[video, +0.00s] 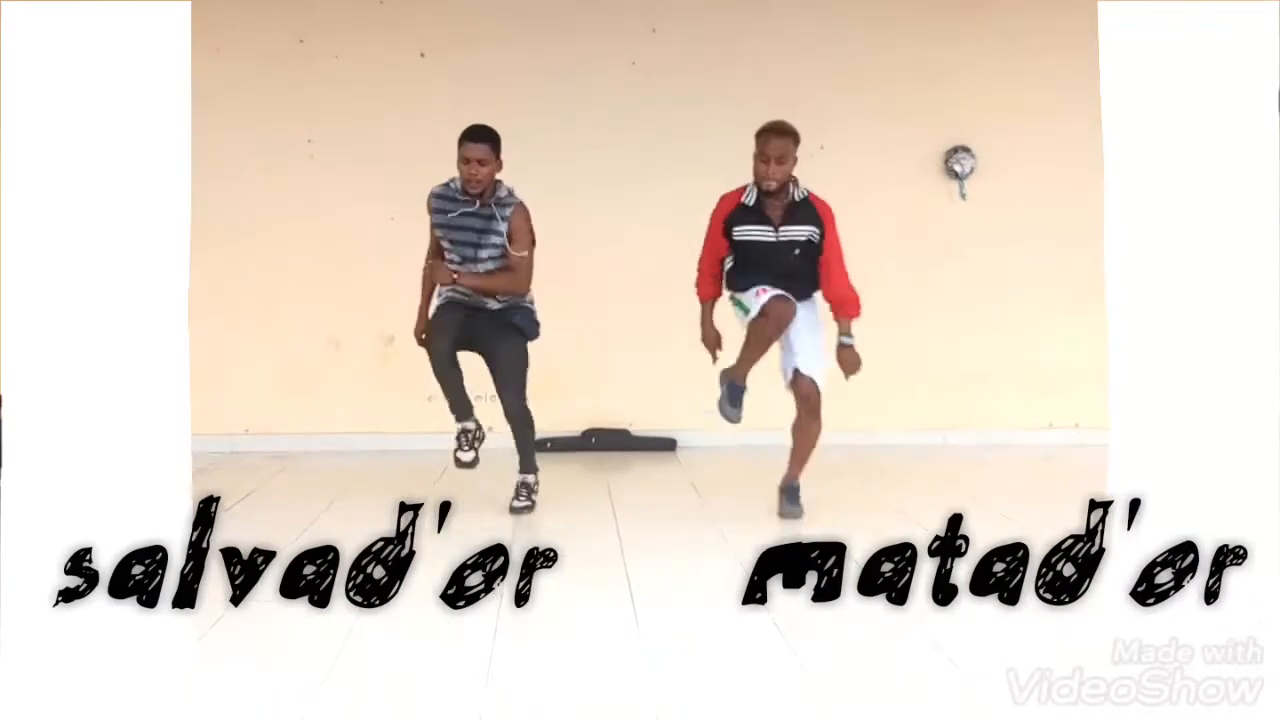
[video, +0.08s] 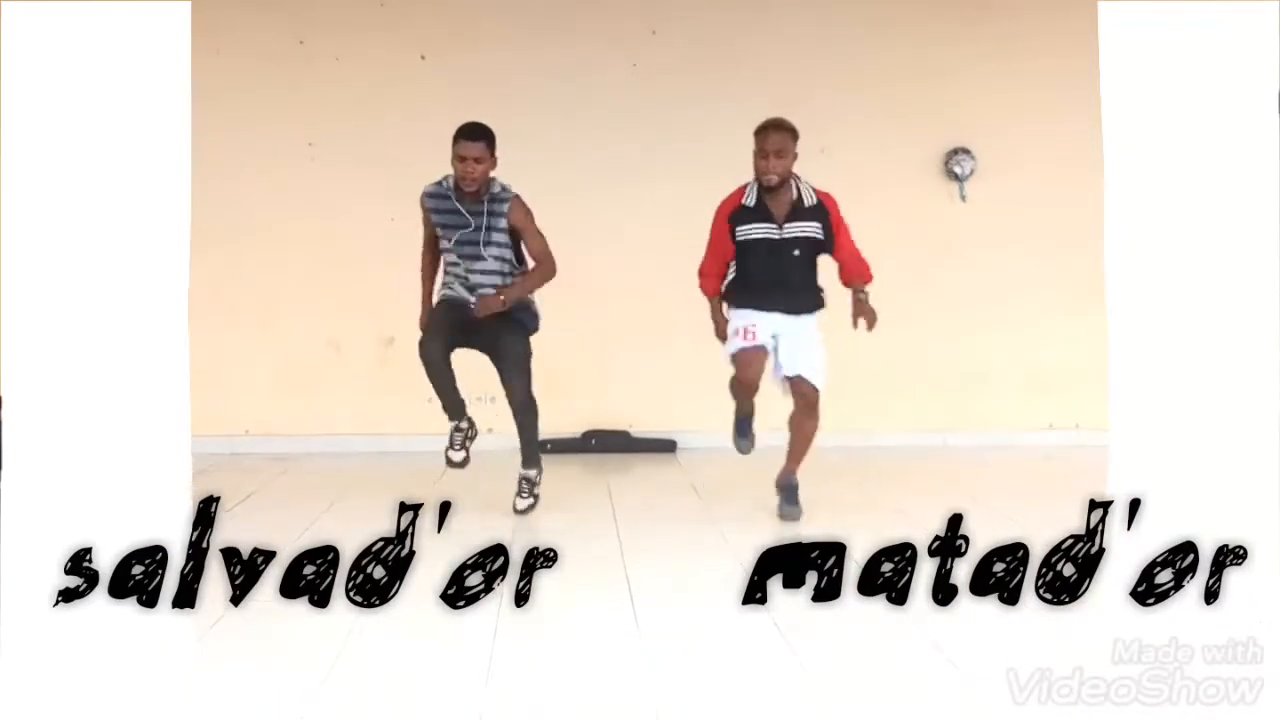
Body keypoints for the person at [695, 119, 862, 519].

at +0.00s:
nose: (770, 171)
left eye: (780, 163)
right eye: (763, 160)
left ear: (794, 164)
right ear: (753, 159)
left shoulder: (816, 211)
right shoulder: (731, 207)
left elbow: (834, 273)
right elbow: (711, 261)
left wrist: (846, 336)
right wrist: (706, 319)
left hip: (803, 300)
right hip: (750, 290)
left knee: (809, 393)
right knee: (781, 309)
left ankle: (791, 482)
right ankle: (737, 377)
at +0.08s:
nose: (769, 163)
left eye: (778, 155)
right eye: (762, 154)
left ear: (794, 157)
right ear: (753, 155)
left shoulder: (820, 205)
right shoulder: (735, 207)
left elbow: (846, 251)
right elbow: (714, 262)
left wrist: (860, 293)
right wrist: (716, 308)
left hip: (801, 313)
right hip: (750, 309)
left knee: (808, 396)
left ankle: (789, 477)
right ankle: (744, 414)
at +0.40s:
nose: (788, 170)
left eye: (798, 163)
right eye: (781, 161)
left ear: (812, 165)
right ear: (771, 162)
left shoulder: (828, 216)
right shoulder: (743, 208)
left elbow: (843, 279)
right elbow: (717, 249)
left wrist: (848, 345)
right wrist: (714, 293)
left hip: (809, 318)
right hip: (758, 317)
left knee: (813, 409)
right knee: (793, 379)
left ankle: (793, 504)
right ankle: (760, 422)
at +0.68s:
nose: (819, 163)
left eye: (829, 155)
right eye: (813, 154)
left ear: (847, 161)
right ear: (804, 156)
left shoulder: (867, 216)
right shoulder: (774, 195)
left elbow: (874, 269)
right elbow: (747, 241)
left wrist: (841, 308)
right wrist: (721, 281)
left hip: (806, 330)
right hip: (750, 320)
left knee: (807, 422)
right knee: (729, 406)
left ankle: (796, 515)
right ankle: (724, 452)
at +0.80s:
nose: (798, 175)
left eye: (808, 169)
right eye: (793, 166)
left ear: (827, 174)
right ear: (785, 167)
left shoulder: (842, 228)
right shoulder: (768, 198)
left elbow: (831, 283)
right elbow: (725, 191)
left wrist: (784, 250)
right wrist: (683, 157)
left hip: (803, 329)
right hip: (756, 314)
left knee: (799, 426)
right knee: (699, 387)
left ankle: (797, 519)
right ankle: (701, 355)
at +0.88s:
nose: (791, 180)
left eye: (802, 172)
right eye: (786, 171)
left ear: (820, 175)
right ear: (778, 173)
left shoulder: (833, 221)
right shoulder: (766, 196)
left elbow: (803, 274)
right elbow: (716, 185)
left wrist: (761, 239)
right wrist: (682, 144)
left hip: (807, 332)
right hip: (760, 318)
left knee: (796, 425)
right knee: (697, 368)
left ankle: (793, 520)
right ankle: (695, 411)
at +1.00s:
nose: (795, 164)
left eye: (805, 156)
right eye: (787, 156)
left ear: (820, 162)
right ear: (777, 161)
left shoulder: (835, 224)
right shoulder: (757, 200)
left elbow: (828, 289)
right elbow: (731, 247)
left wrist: (817, 353)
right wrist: (705, 302)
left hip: (802, 337)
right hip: (755, 328)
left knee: (797, 430)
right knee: (731, 410)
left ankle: (789, 515)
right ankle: (725, 500)